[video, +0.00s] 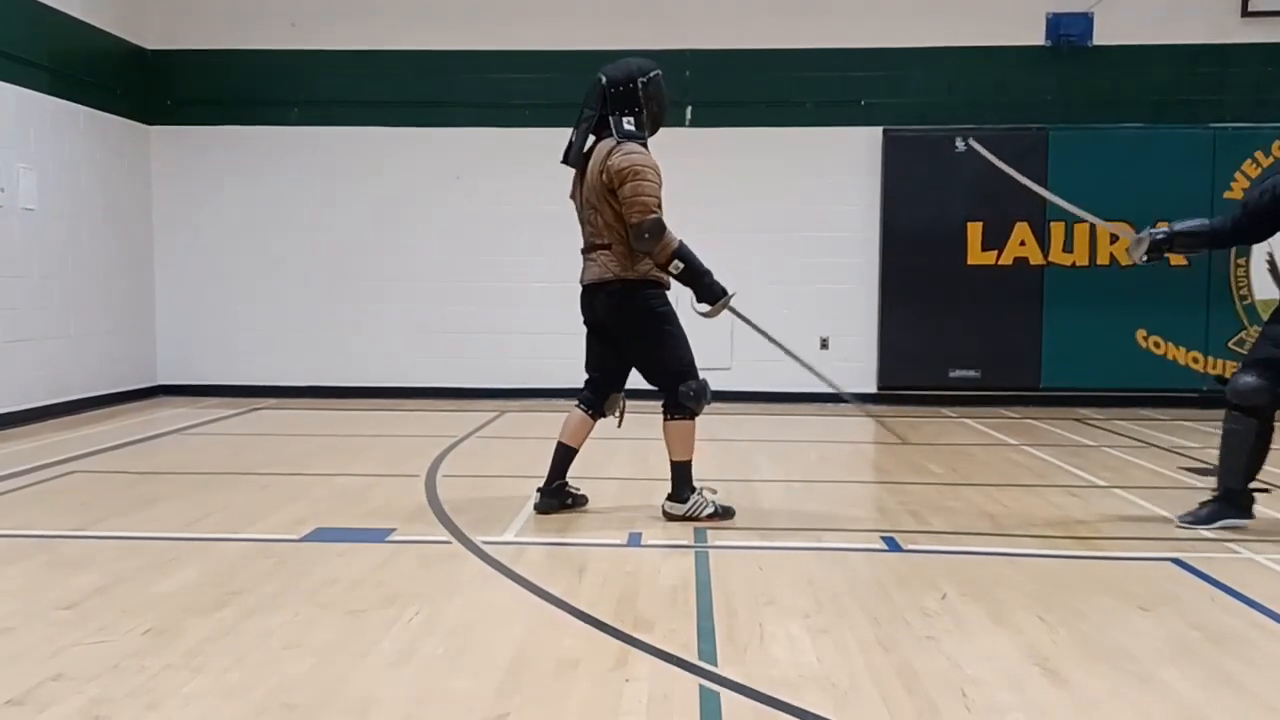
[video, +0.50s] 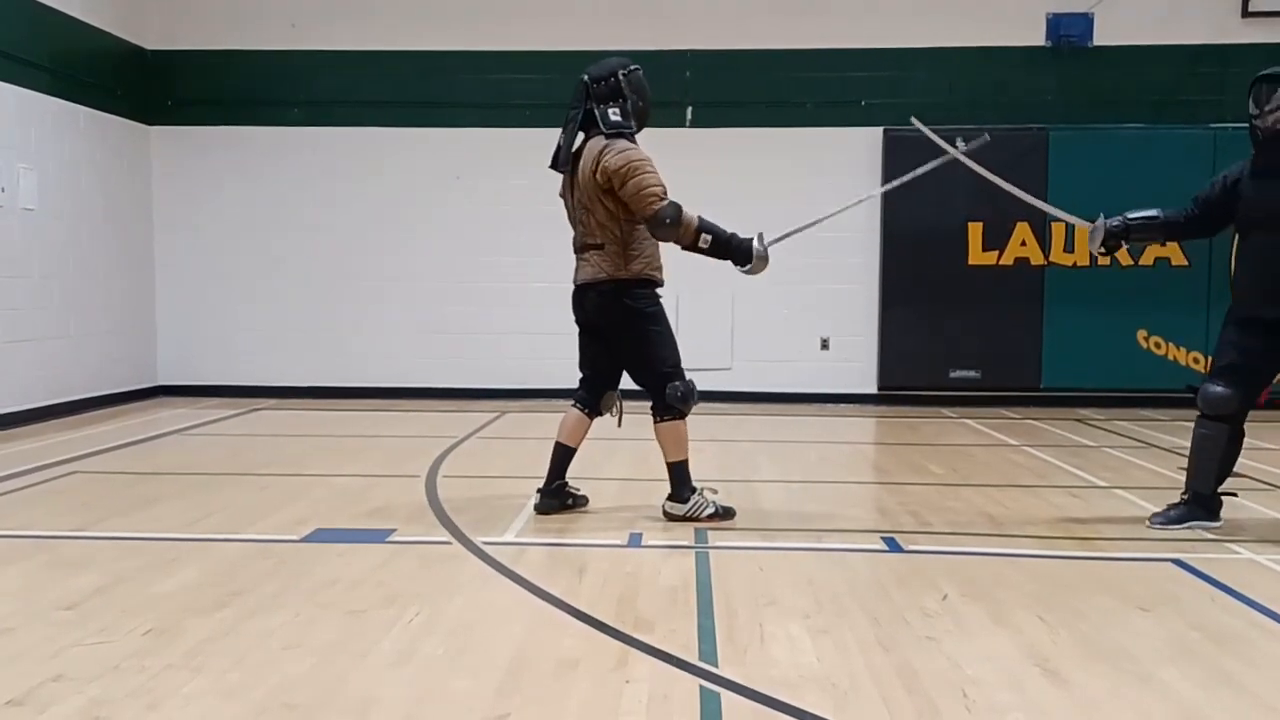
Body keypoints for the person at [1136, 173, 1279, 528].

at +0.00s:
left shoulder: (1273, 191)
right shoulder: (1272, 189)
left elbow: (1238, 227)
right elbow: (1238, 226)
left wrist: (1163, 237)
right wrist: (1165, 237)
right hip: (1279, 317)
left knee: (1252, 388)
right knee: (1251, 388)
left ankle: (1233, 498)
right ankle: (1232, 497)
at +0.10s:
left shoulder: (1273, 191)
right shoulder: (1274, 189)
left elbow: (1242, 224)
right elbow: (1242, 223)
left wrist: (1165, 234)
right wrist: (1167, 233)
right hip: (1279, 319)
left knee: (1252, 389)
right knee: (1250, 388)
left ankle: (1223, 496)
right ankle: (1223, 496)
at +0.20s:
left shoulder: (1273, 191)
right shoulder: (1273, 189)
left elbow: (1229, 225)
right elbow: (1230, 225)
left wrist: (1154, 234)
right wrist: (1154, 234)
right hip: (1277, 321)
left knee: (1252, 400)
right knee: (1248, 400)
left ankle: (1206, 498)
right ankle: (1206, 498)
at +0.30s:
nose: (1275, 140)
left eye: (1276, 133)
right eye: (1274, 133)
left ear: (1276, 139)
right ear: (1271, 138)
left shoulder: (1266, 188)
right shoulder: (1266, 186)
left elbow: (1219, 225)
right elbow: (1219, 225)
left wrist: (1146, 233)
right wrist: (1146, 232)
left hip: (1270, 322)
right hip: (1267, 318)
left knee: (1236, 398)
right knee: (1232, 399)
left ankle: (1203, 498)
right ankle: (1202, 498)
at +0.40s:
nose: (1272, 122)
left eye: (1278, 114)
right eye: (1268, 114)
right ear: (1260, 120)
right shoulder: (1254, 177)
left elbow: (1204, 220)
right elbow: (1204, 220)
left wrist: (1133, 229)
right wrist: (1132, 228)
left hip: (1269, 314)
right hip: (1256, 312)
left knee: (1226, 395)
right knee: (1222, 396)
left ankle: (1201, 498)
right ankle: (1200, 499)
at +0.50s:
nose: (1270, 118)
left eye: (1277, 110)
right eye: (1267, 110)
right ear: (1256, 117)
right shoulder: (1252, 173)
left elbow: (1199, 218)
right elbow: (1199, 218)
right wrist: (1127, 226)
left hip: (1270, 313)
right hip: (1255, 311)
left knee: (1224, 396)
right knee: (1220, 397)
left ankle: (1201, 498)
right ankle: (1200, 500)